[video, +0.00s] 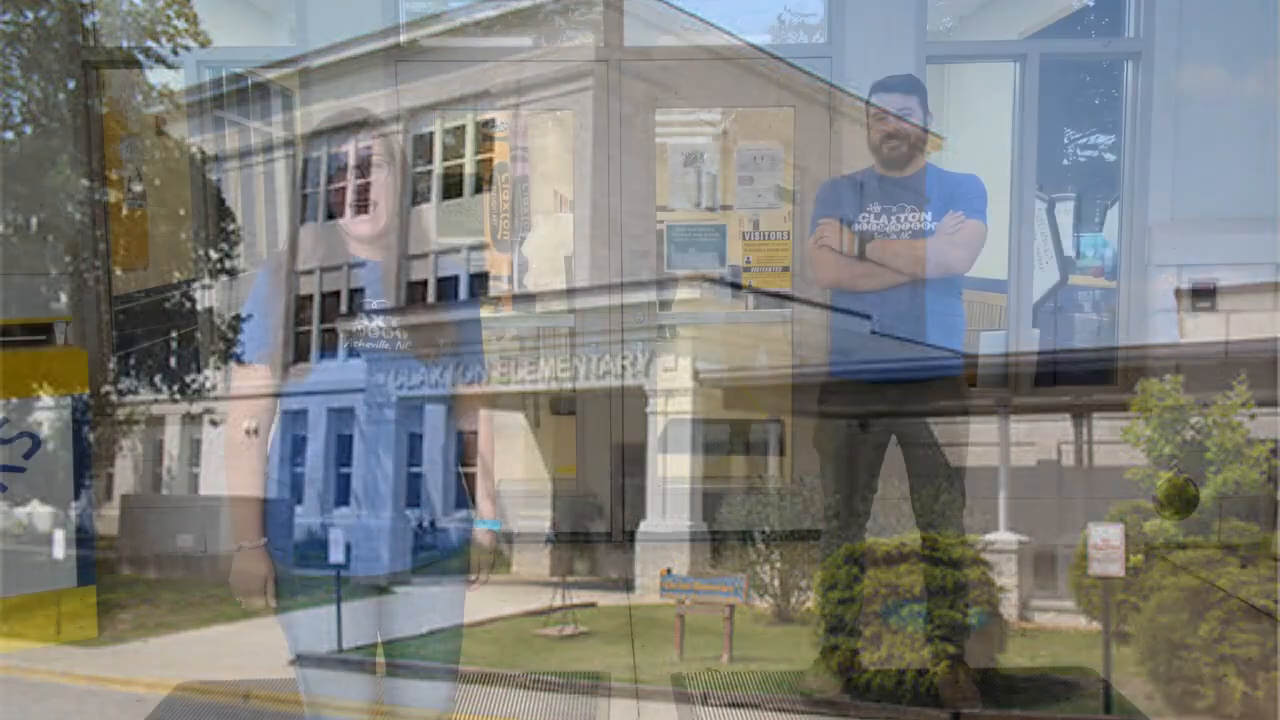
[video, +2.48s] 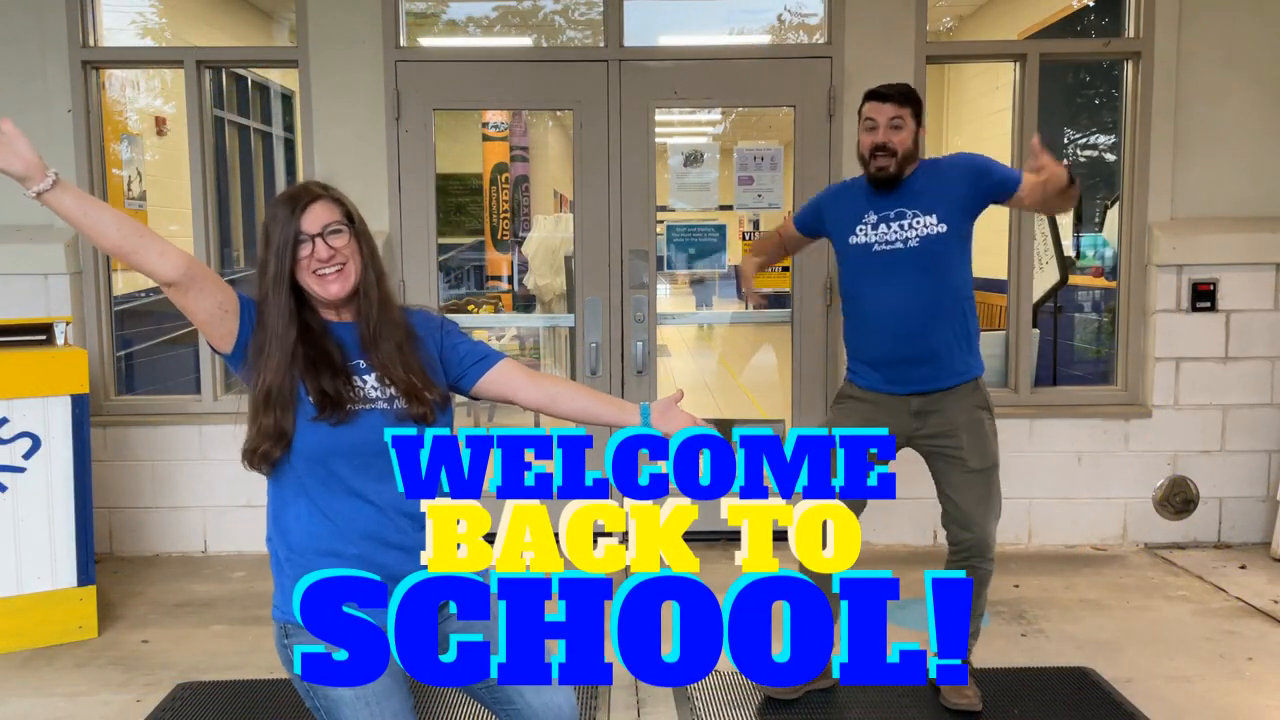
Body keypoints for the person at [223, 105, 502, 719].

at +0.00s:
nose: (355, 183)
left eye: (371, 165)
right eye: (337, 170)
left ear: (403, 178)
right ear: (319, 187)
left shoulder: (446, 278)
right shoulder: (287, 281)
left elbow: (474, 405)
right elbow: (248, 416)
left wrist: (486, 516)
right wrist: (248, 541)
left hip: (429, 541)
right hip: (316, 545)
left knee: (425, 706)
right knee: (340, 706)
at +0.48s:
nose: (356, 170)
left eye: (369, 156)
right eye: (337, 158)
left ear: (389, 176)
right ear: (310, 179)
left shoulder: (431, 274)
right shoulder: (267, 275)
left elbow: (494, 365)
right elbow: (134, 342)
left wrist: (493, 391)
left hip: (429, 538)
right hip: (313, 547)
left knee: (457, 708)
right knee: (340, 711)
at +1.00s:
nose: (317, 245)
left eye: (326, 229)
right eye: (296, 238)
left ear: (348, 237)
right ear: (270, 261)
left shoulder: (417, 316)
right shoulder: (260, 340)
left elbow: (524, 384)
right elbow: (170, 262)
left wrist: (637, 428)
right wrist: (65, 157)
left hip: (454, 577)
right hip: (331, 596)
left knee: (545, 703)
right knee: (356, 707)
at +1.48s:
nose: (326, 241)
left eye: (334, 225)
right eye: (306, 234)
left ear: (358, 233)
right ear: (284, 257)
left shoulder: (422, 322)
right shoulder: (270, 326)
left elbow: (529, 379)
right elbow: (151, 260)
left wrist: (648, 402)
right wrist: (26, 186)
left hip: (451, 594)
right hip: (334, 610)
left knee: (553, 695)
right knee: (367, 715)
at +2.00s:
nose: (314, 261)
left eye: (323, 243)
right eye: (295, 254)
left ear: (352, 247)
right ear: (278, 273)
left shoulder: (415, 333)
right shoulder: (271, 343)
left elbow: (531, 388)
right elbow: (163, 275)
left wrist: (633, 427)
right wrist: (37, 203)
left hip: (442, 588)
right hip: (335, 604)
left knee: (553, 691)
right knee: (385, 710)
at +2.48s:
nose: (322, 251)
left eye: (334, 233)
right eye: (304, 243)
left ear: (362, 242)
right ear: (284, 262)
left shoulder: (415, 332)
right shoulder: (269, 334)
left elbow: (528, 385)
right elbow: (165, 264)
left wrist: (645, 417)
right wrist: (42, 181)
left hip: (442, 583)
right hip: (331, 598)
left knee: (554, 692)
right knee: (375, 708)